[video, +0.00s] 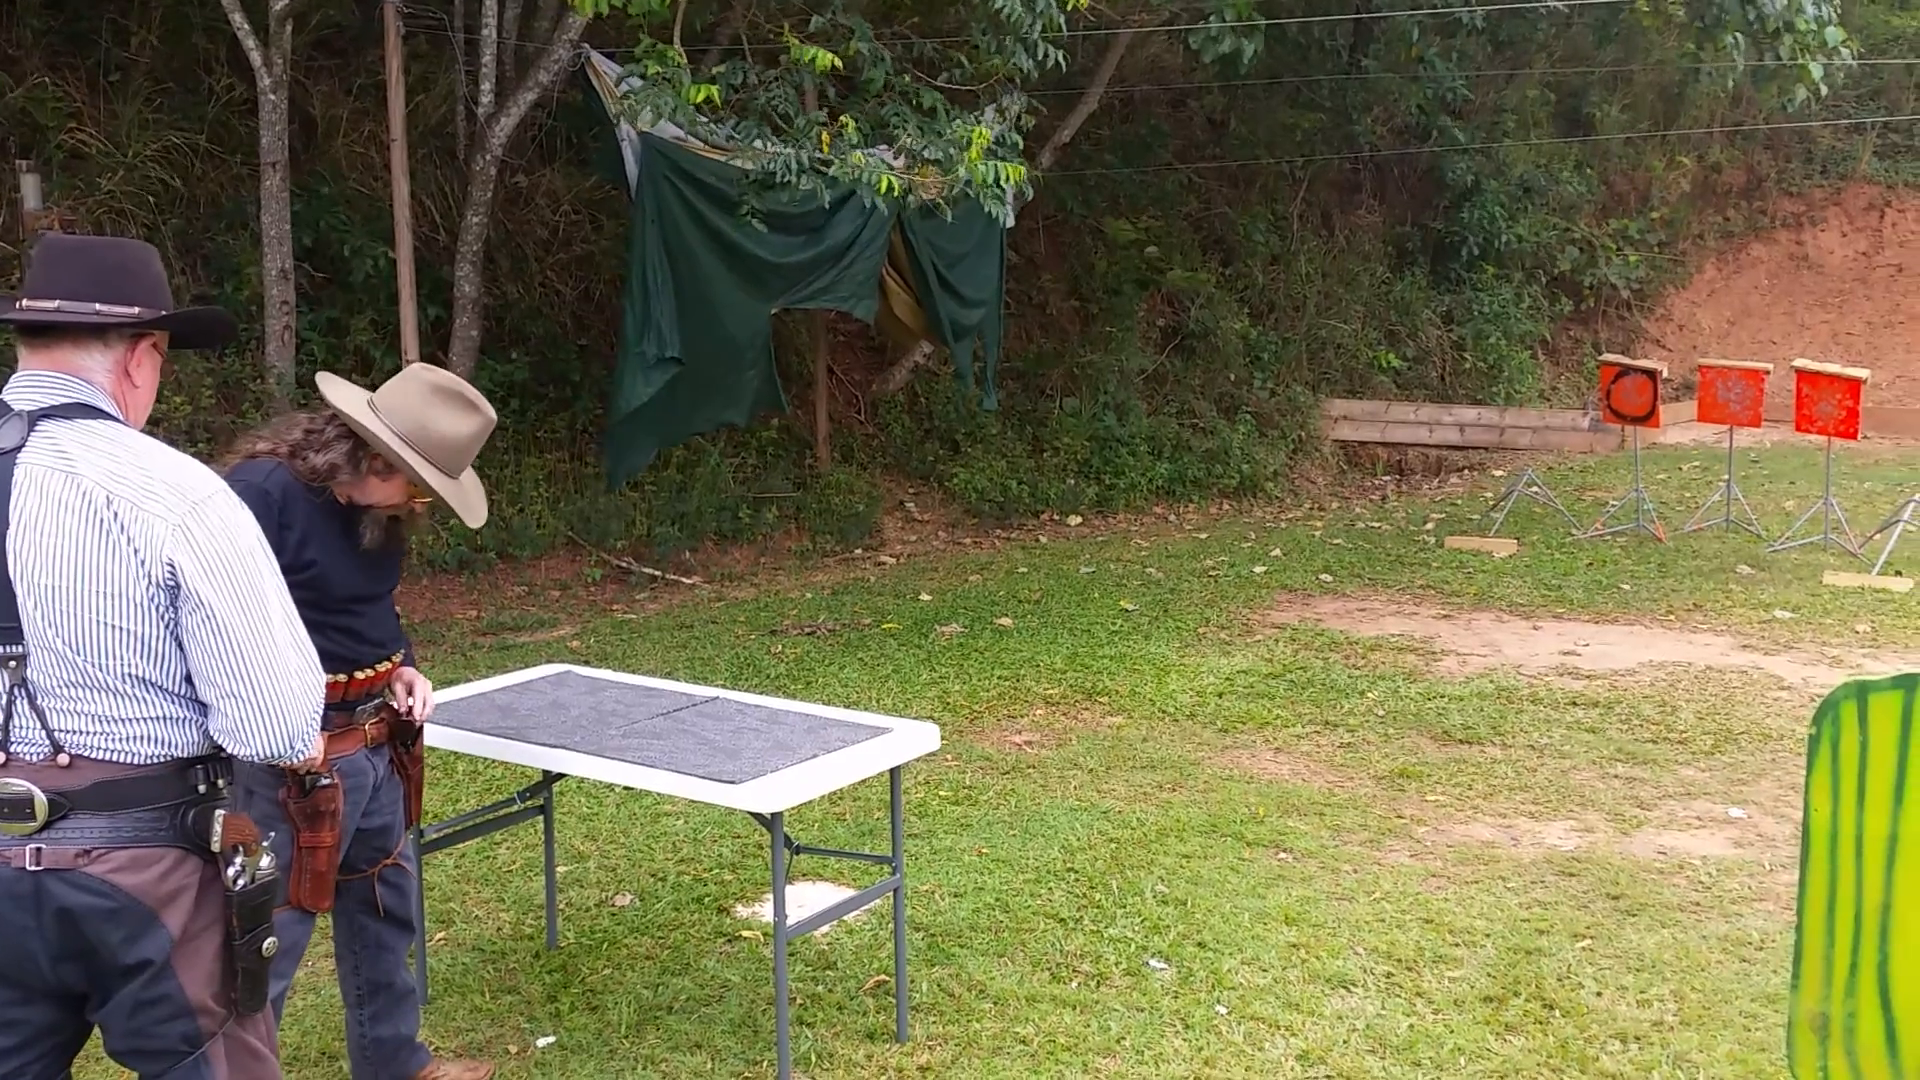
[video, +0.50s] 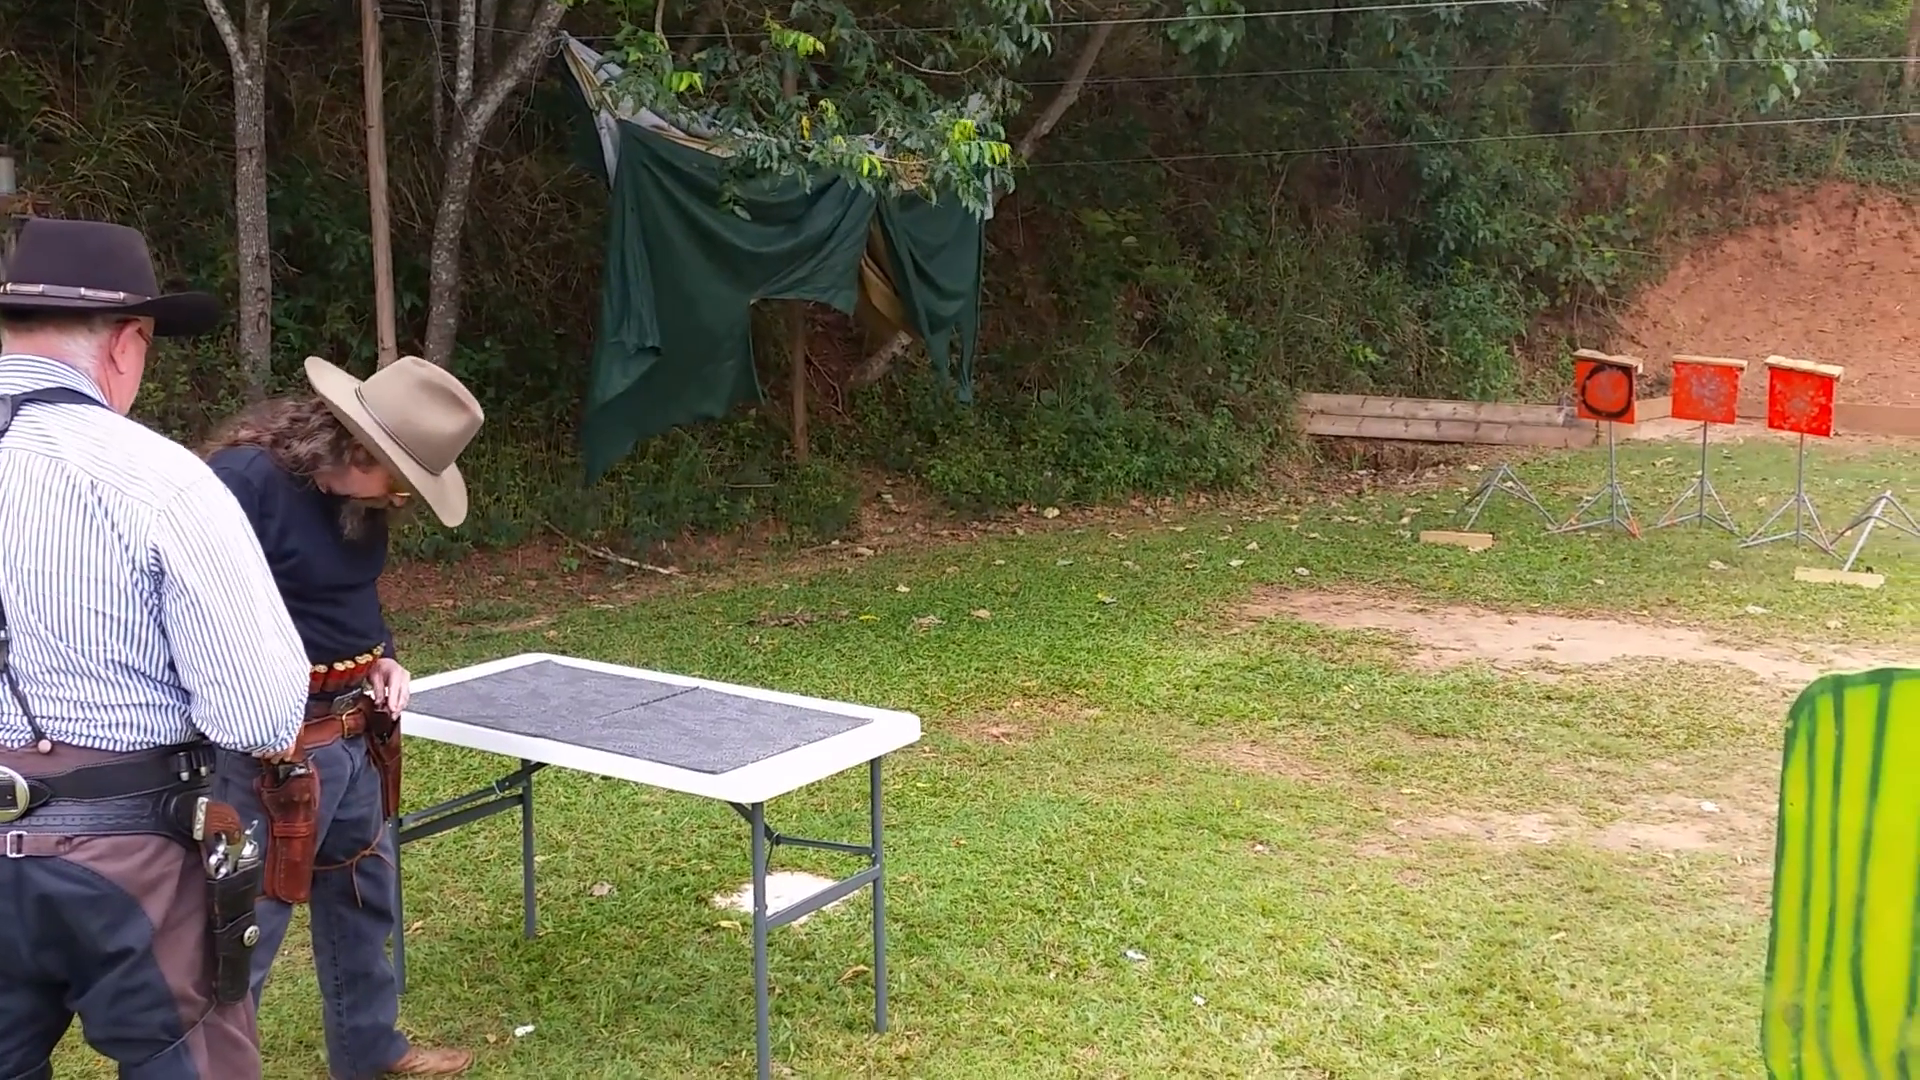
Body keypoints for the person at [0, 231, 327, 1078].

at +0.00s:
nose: (155, 386)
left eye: (160, 364)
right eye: (160, 363)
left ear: (27, 348)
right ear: (135, 363)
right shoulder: (170, 489)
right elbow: (276, 722)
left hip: (4, 839)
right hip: (138, 848)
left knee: (20, 1061)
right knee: (216, 1060)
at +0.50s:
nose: (142, 370)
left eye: (147, 347)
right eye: (146, 347)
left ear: (9, 333)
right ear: (120, 346)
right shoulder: (153, 474)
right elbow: (263, 714)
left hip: (1, 825)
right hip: (118, 838)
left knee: (11, 1059)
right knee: (195, 1059)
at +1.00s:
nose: (136, 338)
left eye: (140, 315)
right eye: (139, 316)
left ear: (5, 302)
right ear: (113, 316)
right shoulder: (146, 439)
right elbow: (268, 677)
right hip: (115, 802)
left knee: (7, 1046)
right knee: (192, 1053)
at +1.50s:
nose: (126, 314)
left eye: (126, 292)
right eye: (126, 291)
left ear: (3, 286)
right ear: (103, 295)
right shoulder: (150, 425)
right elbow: (339, 574)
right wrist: (312, 488)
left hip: (4, 774)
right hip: (118, 784)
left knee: (4, 1043)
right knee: (184, 1052)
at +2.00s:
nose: (101, 310)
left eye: (101, 288)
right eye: (102, 286)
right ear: (84, 290)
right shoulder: (135, 424)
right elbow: (306, 565)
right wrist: (288, 492)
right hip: (94, 778)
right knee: (164, 1048)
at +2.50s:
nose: (90, 290)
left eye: (89, 267)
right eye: (91, 267)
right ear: (73, 273)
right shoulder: (123, 412)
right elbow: (297, 548)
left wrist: (184, 646)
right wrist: (270, 461)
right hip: (85, 762)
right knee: (157, 1030)